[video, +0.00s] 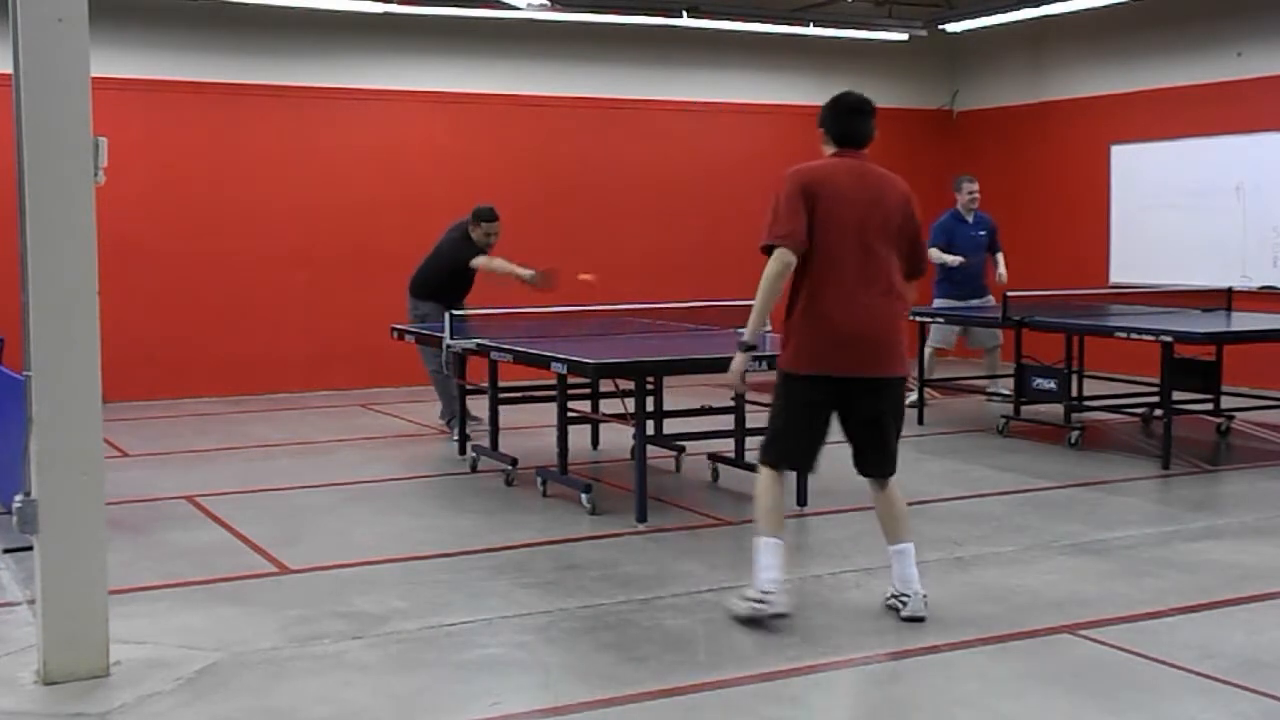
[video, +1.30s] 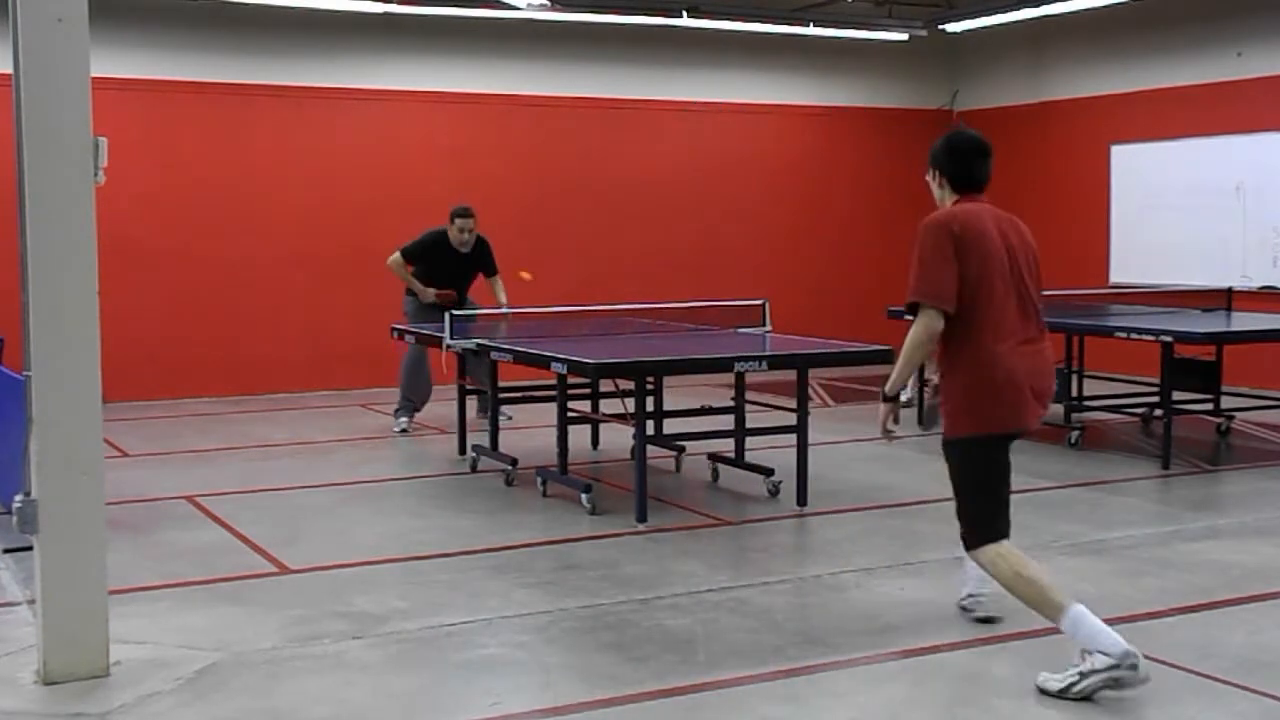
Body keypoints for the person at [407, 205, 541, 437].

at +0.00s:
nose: (493, 240)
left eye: (496, 234)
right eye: (488, 234)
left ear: (498, 229)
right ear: (473, 228)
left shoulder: (473, 232)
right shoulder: (459, 245)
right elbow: (489, 264)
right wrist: (521, 272)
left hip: (452, 302)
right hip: (427, 303)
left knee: (459, 354)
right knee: (438, 361)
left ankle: (457, 406)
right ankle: (453, 416)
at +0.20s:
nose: (489, 228)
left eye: (492, 222)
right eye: (484, 221)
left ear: (494, 219)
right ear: (470, 217)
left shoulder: (475, 235)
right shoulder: (456, 235)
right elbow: (451, 266)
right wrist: (485, 283)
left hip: (448, 303)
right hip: (426, 303)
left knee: (458, 352)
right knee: (439, 360)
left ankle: (436, 401)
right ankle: (454, 419)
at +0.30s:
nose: (484, 220)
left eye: (486, 214)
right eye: (478, 214)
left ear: (488, 213)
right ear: (464, 213)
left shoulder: (476, 234)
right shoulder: (449, 233)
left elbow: (460, 267)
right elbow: (428, 271)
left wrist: (463, 295)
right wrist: (456, 299)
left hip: (450, 304)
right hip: (425, 304)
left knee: (454, 358)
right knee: (437, 361)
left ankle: (430, 407)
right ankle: (454, 418)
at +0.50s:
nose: (470, 208)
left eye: (473, 203)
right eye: (464, 203)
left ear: (476, 203)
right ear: (450, 202)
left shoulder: (474, 227)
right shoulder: (430, 226)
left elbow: (476, 257)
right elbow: (402, 256)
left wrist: (491, 289)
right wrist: (419, 290)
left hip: (446, 302)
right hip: (419, 301)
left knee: (453, 358)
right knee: (431, 357)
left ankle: (428, 407)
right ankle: (441, 413)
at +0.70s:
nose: (459, 194)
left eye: (462, 189)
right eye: (453, 189)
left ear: (466, 190)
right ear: (440, 189)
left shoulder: (468, 214)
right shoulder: (421, 218)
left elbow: (477, 245)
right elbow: (399, 252)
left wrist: (494, 270)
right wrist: (421, 282)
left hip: (445, 297)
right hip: (416, 296)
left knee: (447, 352)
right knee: (417, 350)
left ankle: (431, 410)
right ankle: (403, 410)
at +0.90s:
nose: (454, 199)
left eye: (457, 194)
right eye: (448, 194)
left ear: (462, 195)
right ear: (436, 195)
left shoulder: (467, 218)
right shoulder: (419, 221)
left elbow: (478, 250)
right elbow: (400, 257)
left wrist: (490, 277)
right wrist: (425, 286)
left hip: (451, 296)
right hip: (415, 296)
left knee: (466, 346)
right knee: (405, 350)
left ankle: (461, 398)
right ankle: (400, 410)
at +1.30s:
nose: (466, 237)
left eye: (470, 231)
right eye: (461, 231)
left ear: (476, 229)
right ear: (450, 228)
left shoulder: (480, 246)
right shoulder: (433, 241)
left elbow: (494, 278)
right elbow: (394, 262)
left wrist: (502, 301)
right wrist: (421, 290)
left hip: (458, 303)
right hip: (423, 303)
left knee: (481, 345)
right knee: (417, 348)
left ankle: (487, 404)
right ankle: (405, 411)